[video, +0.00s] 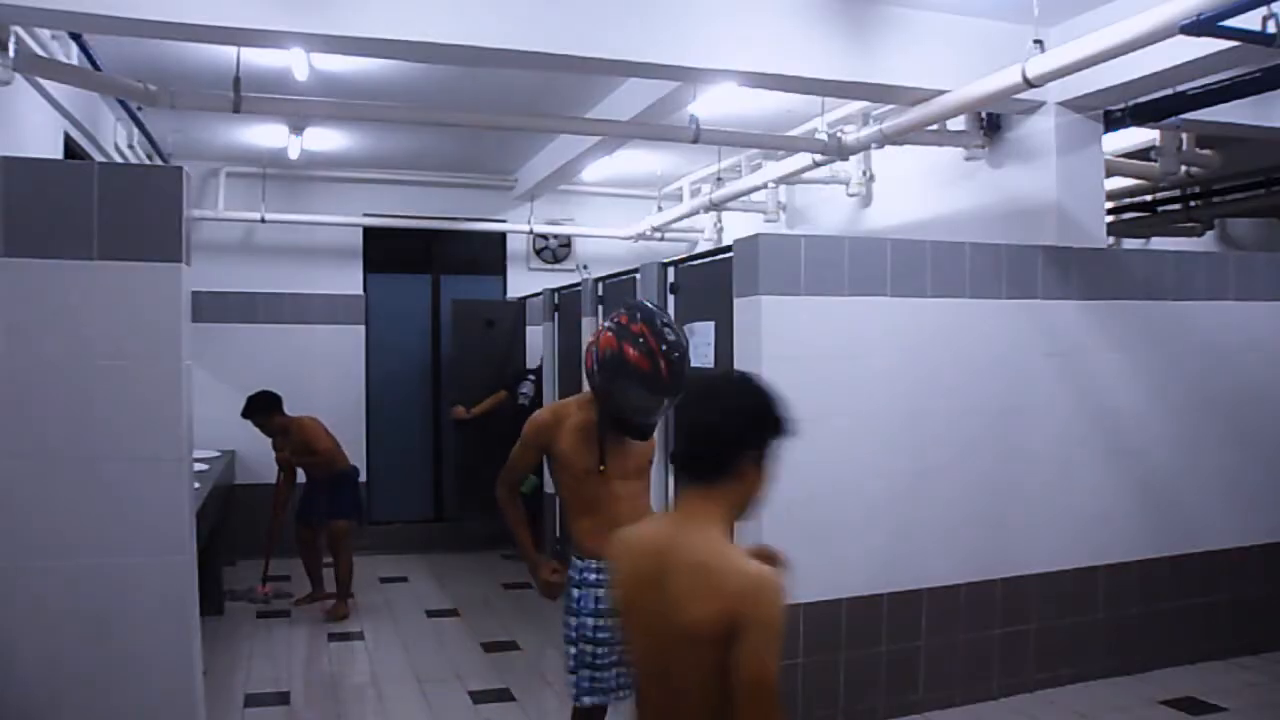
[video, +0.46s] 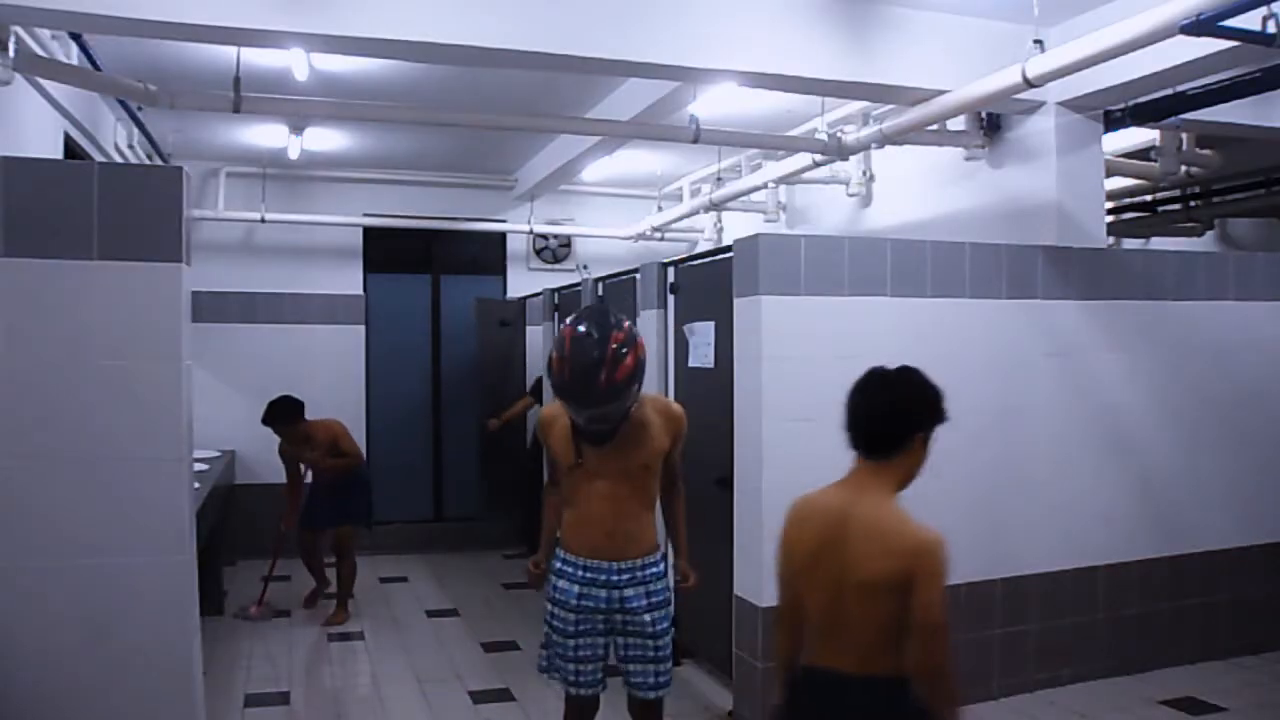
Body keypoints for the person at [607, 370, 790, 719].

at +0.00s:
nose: (765, 477)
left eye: (765, 461)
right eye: (764, 461)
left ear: (678, 453)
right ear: (749, 466)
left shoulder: (625, 546)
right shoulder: (751, 585)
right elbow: (756, 707)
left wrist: (732, 564)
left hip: (647, 711)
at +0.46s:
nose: (927, 453)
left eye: (928, 439)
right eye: (929, 439)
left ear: (855, 430)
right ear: (918, 443)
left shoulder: (802, 515)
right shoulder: (916, 544)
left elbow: (788, 627)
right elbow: (928, 665)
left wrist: (787, 694)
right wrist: (945, 708)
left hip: (812, 691)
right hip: (884, 697)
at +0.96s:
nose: (1016, 435)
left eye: (1016, 426)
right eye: (1016, 426)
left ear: (956, 423)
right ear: (1007, 429)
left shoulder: (919, 500)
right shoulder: (1018, 509)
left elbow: (915, 591)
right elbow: (1030, 611)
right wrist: (1044, 689)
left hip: (938, 649)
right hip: (996, 653)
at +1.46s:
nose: (1118, 425)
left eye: (1119, 415)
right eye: (1119, 415)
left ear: (1064, 411)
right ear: (1112, 417)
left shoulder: (1025, 473)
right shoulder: (1115, 489)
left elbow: (1014, 552)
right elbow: (1122, 576)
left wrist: (1026, 606)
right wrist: (1135, 648)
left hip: (1038, 613)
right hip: (1094, 617)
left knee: (1038, 709)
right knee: (1090, 709)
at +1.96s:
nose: (1170, 414)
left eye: (1170, 405)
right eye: (1169, 405)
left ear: (1121, 407)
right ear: (1159, 408)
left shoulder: (1093, 465)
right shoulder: (1176, 469)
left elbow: (1085, 538)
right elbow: (1191, 547)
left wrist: (1081, 591)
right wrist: (1204, 597)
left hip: (1109, 583)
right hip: (1159, 586)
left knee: (1123, 681)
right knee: (1159, 691)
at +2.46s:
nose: (1241, 405)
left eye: (1241, 396)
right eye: (1240, 397)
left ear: (1194, 395)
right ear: (1229, 398)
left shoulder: (1162, 445)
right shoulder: (1239, 458)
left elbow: (1150, 510)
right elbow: (1246, 529)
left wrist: (1159, 554)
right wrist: (1255, 583)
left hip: (1171, 561)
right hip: (1218, 565)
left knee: (1164, 649)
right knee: (1220, 656)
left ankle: (1144, 713)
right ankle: (1211, 714)